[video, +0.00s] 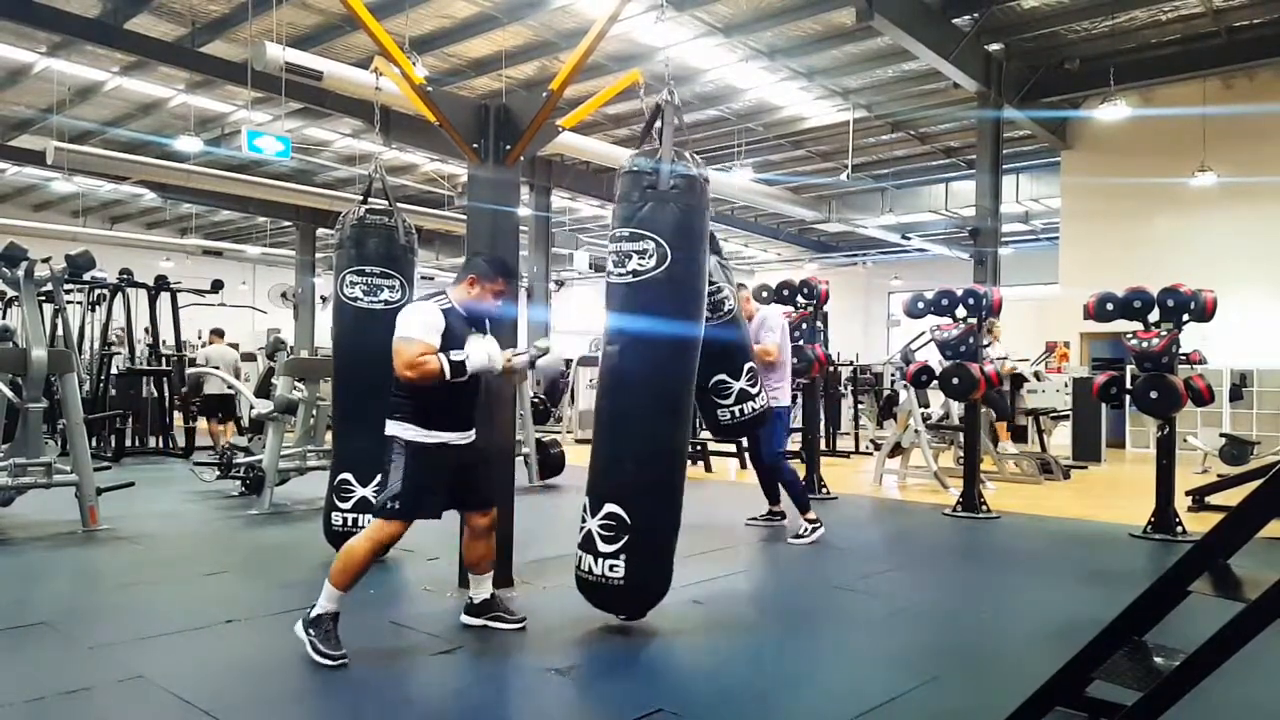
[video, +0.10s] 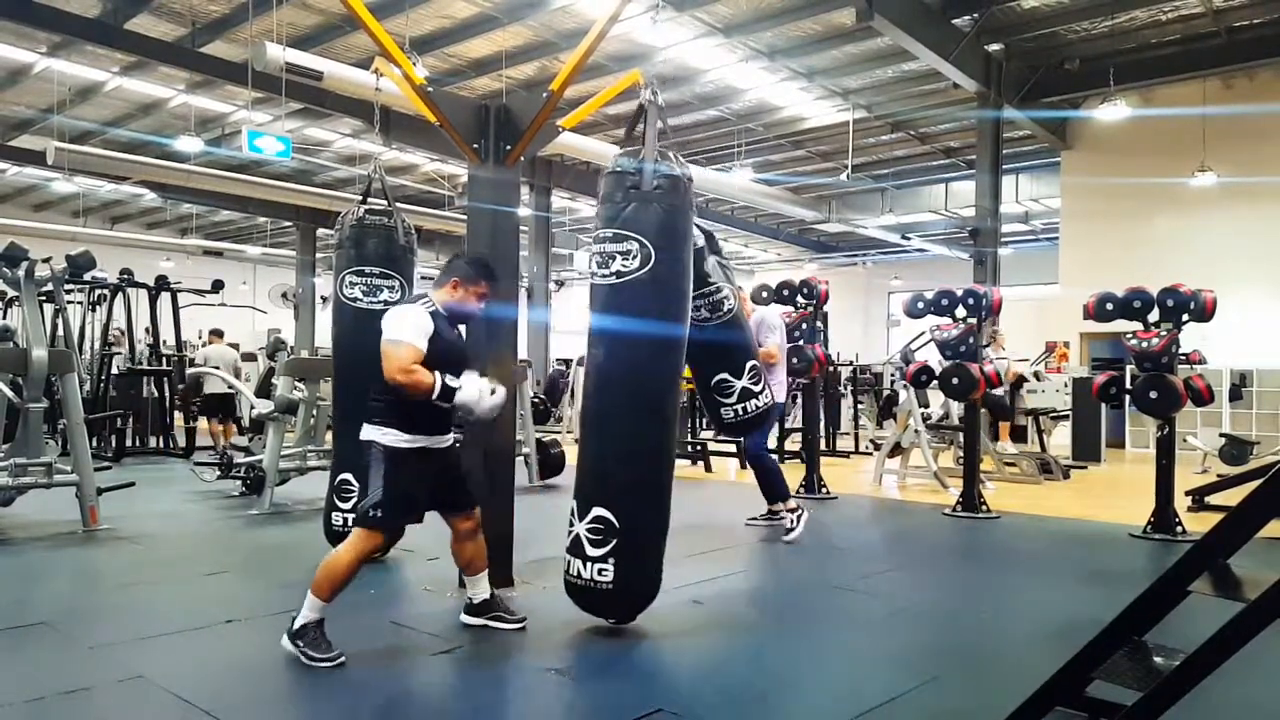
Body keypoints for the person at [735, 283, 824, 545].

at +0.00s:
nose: (737, 313)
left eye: (737, 307)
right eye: (734, 309)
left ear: (747, 300)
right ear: (744, 302)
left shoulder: (771, 316)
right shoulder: (748, 324)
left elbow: (771, 355)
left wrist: (740, 346)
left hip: (776, 402)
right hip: (756, 402)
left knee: (773, 458)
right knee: (758, 459)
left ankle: (810, 519)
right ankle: (775, 510)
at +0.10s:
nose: (736, 309)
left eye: (737, 303)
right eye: (734, 305)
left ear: (745, 299)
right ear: (737, 304)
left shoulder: (767, 316)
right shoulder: (744, 324)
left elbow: (772, 356)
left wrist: (743, 351)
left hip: (773, 395)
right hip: (756, 396)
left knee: (756, 449)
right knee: (753, 451)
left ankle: (792, 508)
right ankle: (774, 508)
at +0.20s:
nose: (727, 302)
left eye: (728, 296)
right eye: (724, 299)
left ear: (738, 293)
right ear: (724, 300)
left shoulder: (761, 311)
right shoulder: (730, 320)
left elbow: (770, 348)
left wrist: (739, 345)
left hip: (767, 390)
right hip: (749, 392)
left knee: (750, 444)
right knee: (758, 446)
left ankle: (760, 513)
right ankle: (774, 506)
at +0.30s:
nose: (720, 306)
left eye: (721, 300)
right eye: (717, 302)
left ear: (730, 296)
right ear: (727, 300)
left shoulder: (756, 315)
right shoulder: (729, 323)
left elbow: (763, 351)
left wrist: (731, 346)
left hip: (764, 397)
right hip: (746, 398)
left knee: (750, 456)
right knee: (764, 454)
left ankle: (734, 517)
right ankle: (777, 509)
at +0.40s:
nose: (720, 307)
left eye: (723, 299)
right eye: (720, 301)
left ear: (734, 297)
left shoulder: (754, 321)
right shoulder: (734, 324)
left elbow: (757, 360)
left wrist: (725, 353)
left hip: (756, 405)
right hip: (743, 404)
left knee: (739, 462)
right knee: (762, 458)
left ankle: (721, 521)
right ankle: (777, 510)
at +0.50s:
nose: (713, 314)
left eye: (715, 308)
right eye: (711, 310)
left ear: (725, 302)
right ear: (713, 308)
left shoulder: (748, 327)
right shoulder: (717, 330)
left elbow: (753, 366)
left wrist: (724, 353)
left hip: (748, 404)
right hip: (728, 404)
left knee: (732, 460)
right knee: (745, 457)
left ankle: (718, 523)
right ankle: (772, 505)